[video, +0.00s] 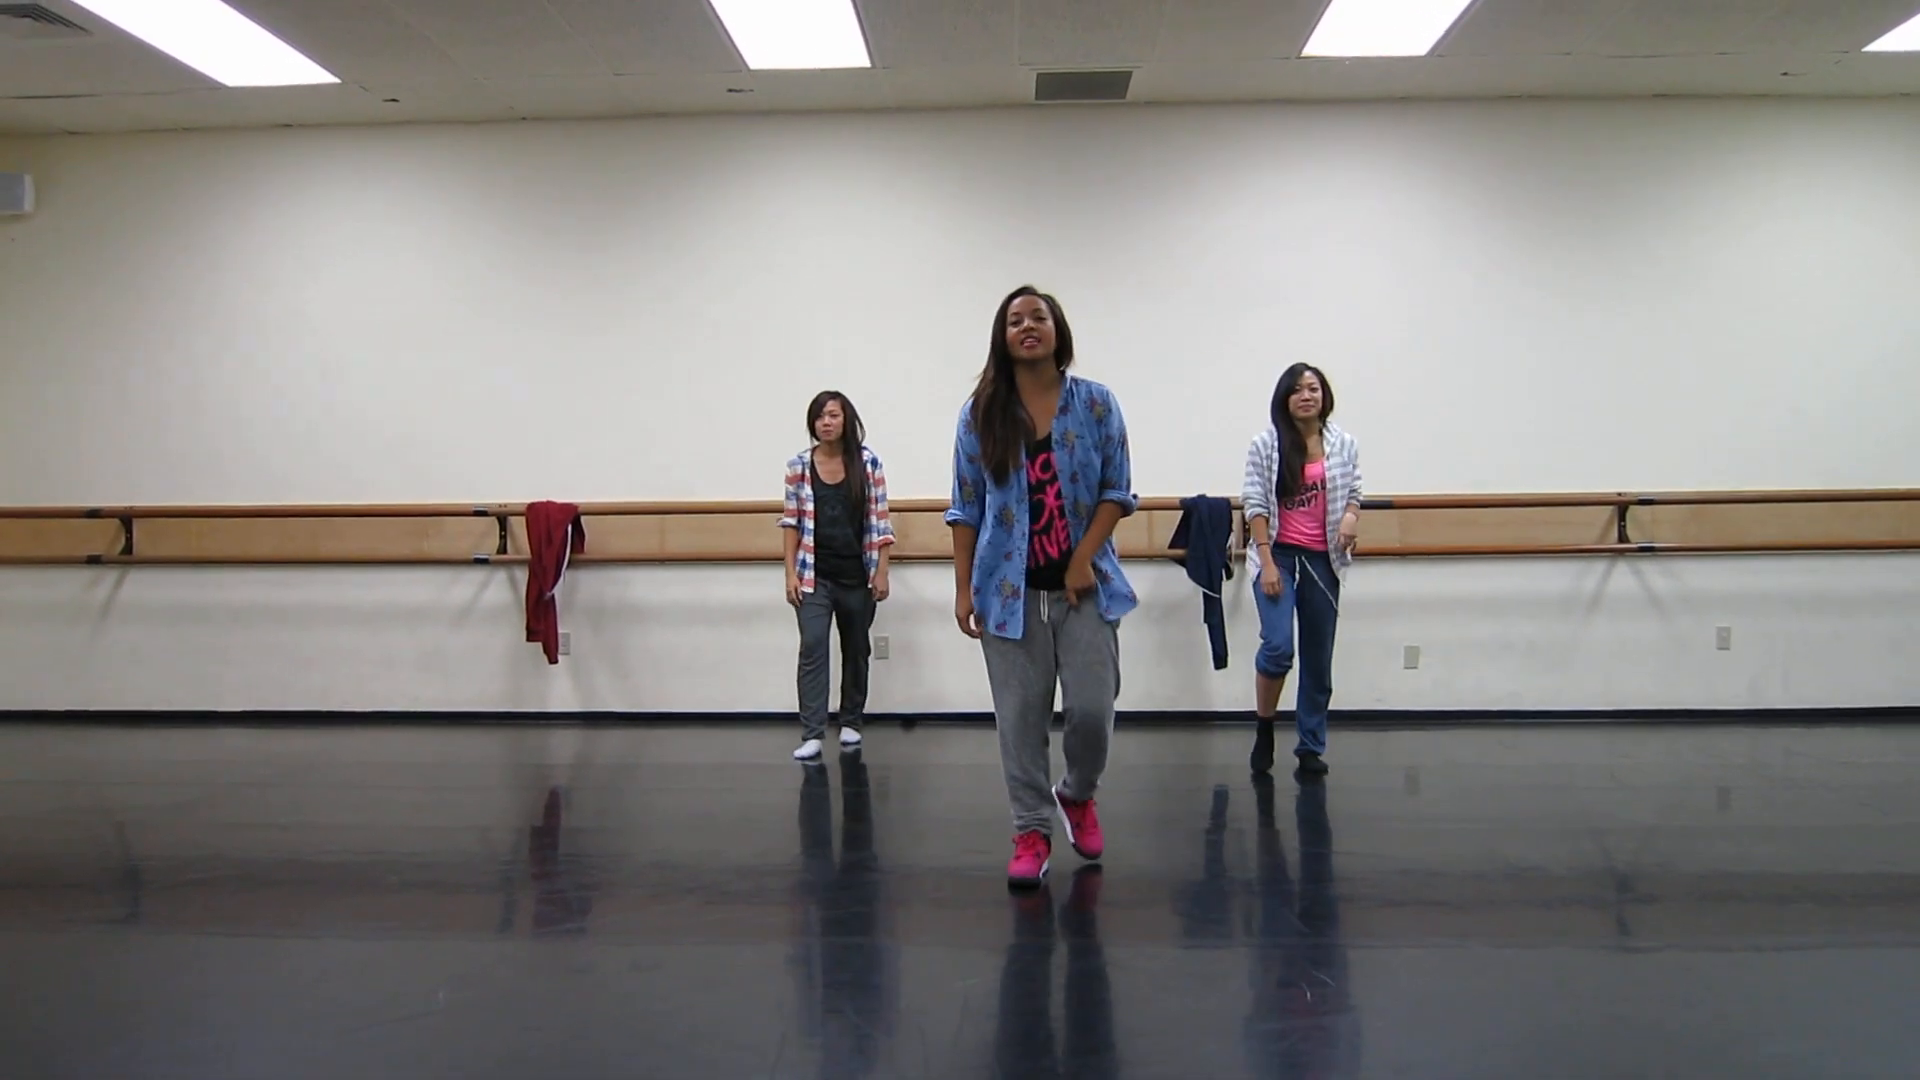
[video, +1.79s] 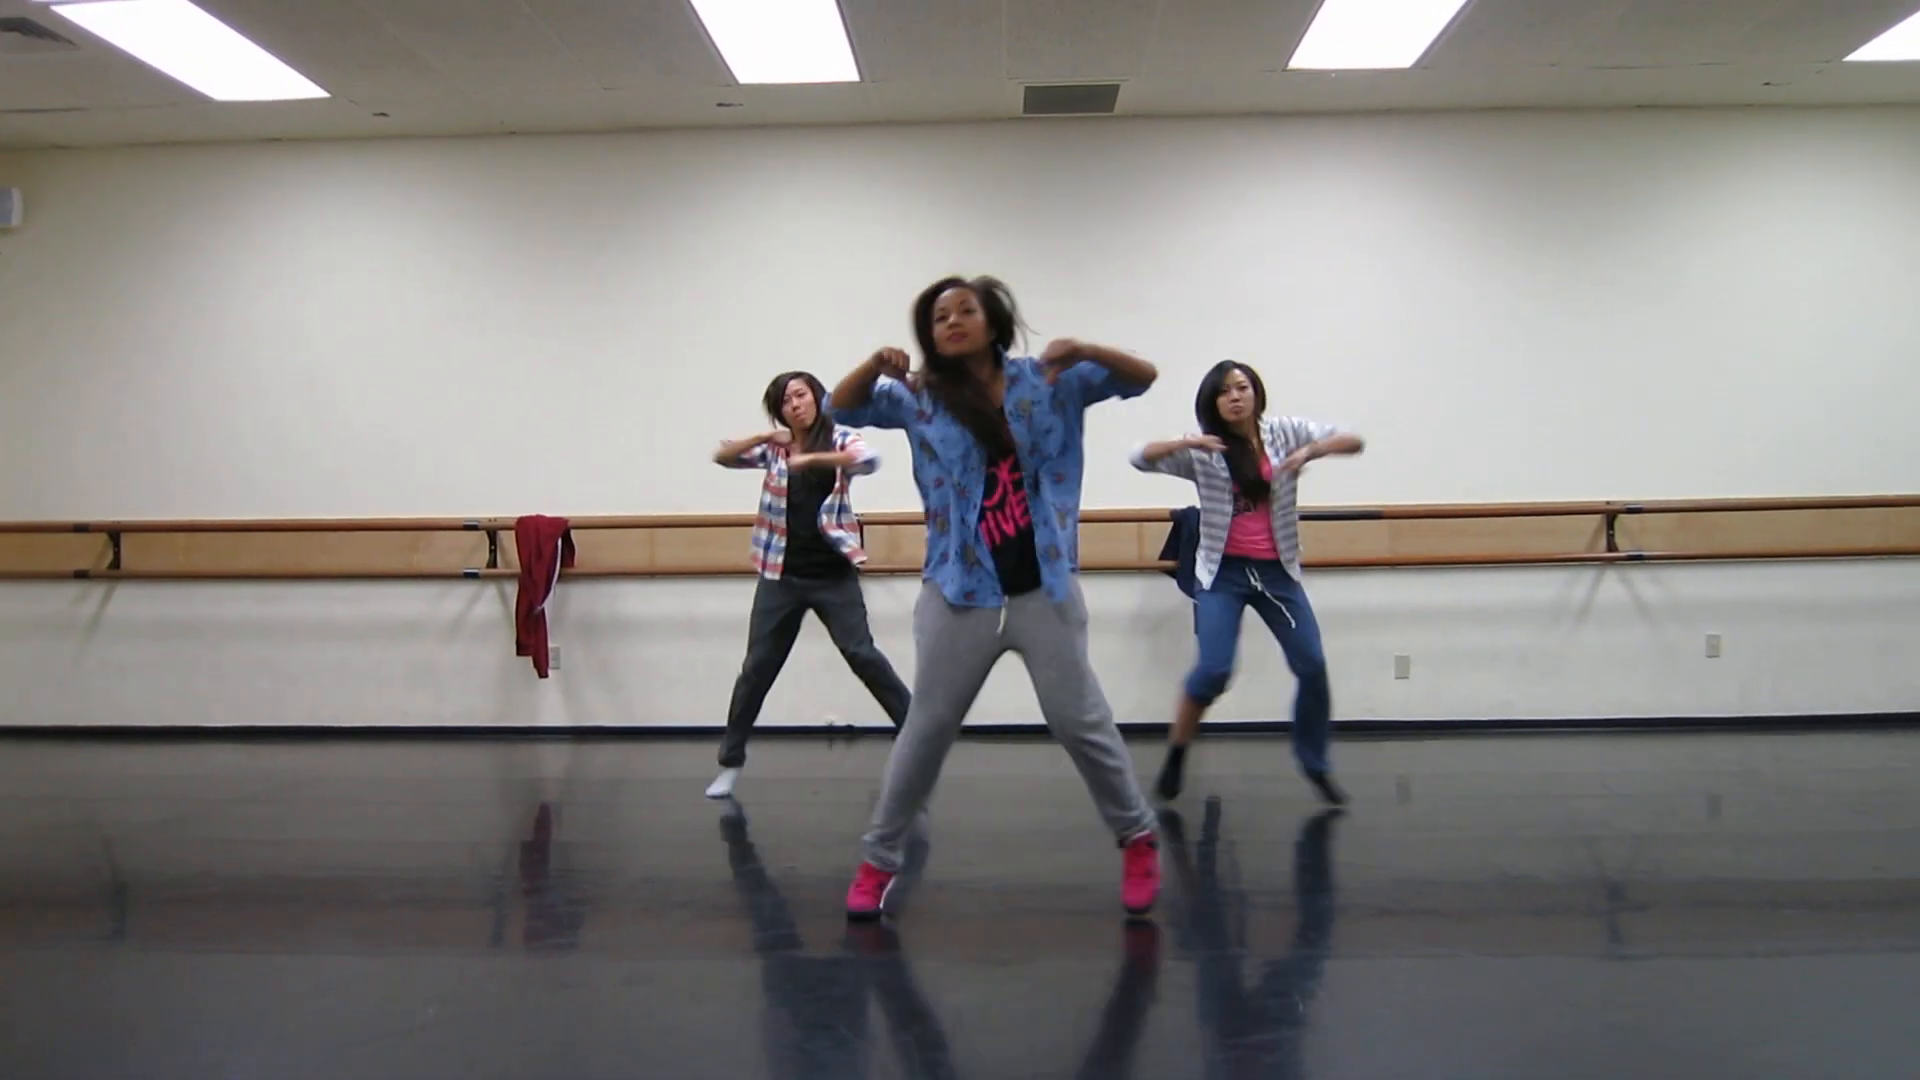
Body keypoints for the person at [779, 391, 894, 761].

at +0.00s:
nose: (827, 421)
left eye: (834, 415)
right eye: (821, 416)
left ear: (847, 421)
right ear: (812, 422)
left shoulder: (868, 462)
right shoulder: (799, 466)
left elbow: (882, 519)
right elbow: (791, 522)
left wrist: (882, 569)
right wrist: (791, 572)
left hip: (858, 577)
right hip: (813, 575)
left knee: (855, 653)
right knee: (812, 651)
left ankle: (850, 723)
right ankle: (813, 733)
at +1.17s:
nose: (827, 411)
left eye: (835, 406)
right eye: (820, 406)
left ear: (848, 418)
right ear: (810, 416)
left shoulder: (866, 462)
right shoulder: (792, 462)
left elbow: (894, 515)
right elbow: (765, 505)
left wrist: (887, 549)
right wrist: (766, 541)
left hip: (851, 588)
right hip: (802, 590)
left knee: (850, 669)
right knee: (813, 674)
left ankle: (850, 760)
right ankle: (829, 750)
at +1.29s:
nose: (823, 416)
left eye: (830, 409)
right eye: (816, 411)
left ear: (845, 419)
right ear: (806, 424)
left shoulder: (866, 463)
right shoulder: (795, 465)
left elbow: (902, 496)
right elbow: (765, 505)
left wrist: (909, 479)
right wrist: (756, 464)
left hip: (854, 589)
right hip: (803, 590)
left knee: (850, 673)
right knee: (806, 679)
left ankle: (847, 766)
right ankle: (832, 721)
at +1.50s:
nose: (818, 422)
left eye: (824, 414)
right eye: (810, 419)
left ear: (840, 422)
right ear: (803, 433)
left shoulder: (861, 469)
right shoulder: (791, 471)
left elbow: (894, 503)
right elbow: (746, 479)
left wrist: (909, 484)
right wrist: (698, 475)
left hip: (850, 596)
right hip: (800, 593)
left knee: (849, 681)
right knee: (798, 670)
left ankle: (846, 768)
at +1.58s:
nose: (813, 415)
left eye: (820, 408)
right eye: (805, 412)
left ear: (835, 415)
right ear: (798, 425)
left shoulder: (855, 459)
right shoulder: (793, 461)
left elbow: (839, 492)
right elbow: (775, 473)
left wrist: (802, 505)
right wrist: (778, 475)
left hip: (843, 590)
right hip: (795, 585)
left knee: (847, 684)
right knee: (779, 654)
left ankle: (844, 766)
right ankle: (770, 737)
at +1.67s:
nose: (806, 399)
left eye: (812, 392)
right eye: (797, 396)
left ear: (828, 399)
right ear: (790, 409)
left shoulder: (848, 443)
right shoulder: (785, 443)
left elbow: (811, 481)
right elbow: (780, 463)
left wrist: (760, 495)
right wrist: (803, 451)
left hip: (842, 577)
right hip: (791, 571)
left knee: (850, 662)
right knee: (762, 640)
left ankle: (852, 759)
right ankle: (771, 731)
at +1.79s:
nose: (795, 402)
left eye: (801, 393)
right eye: (788, 399)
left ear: (820, 400)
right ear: (782, 413)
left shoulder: (840, 436)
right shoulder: (774, 449)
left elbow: (868, 459)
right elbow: (722, 456)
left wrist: (810, 459)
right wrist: (762, 439)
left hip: (834, 579)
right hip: (780, 580)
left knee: (862, 657)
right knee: (757, 667)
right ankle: (730, 763)